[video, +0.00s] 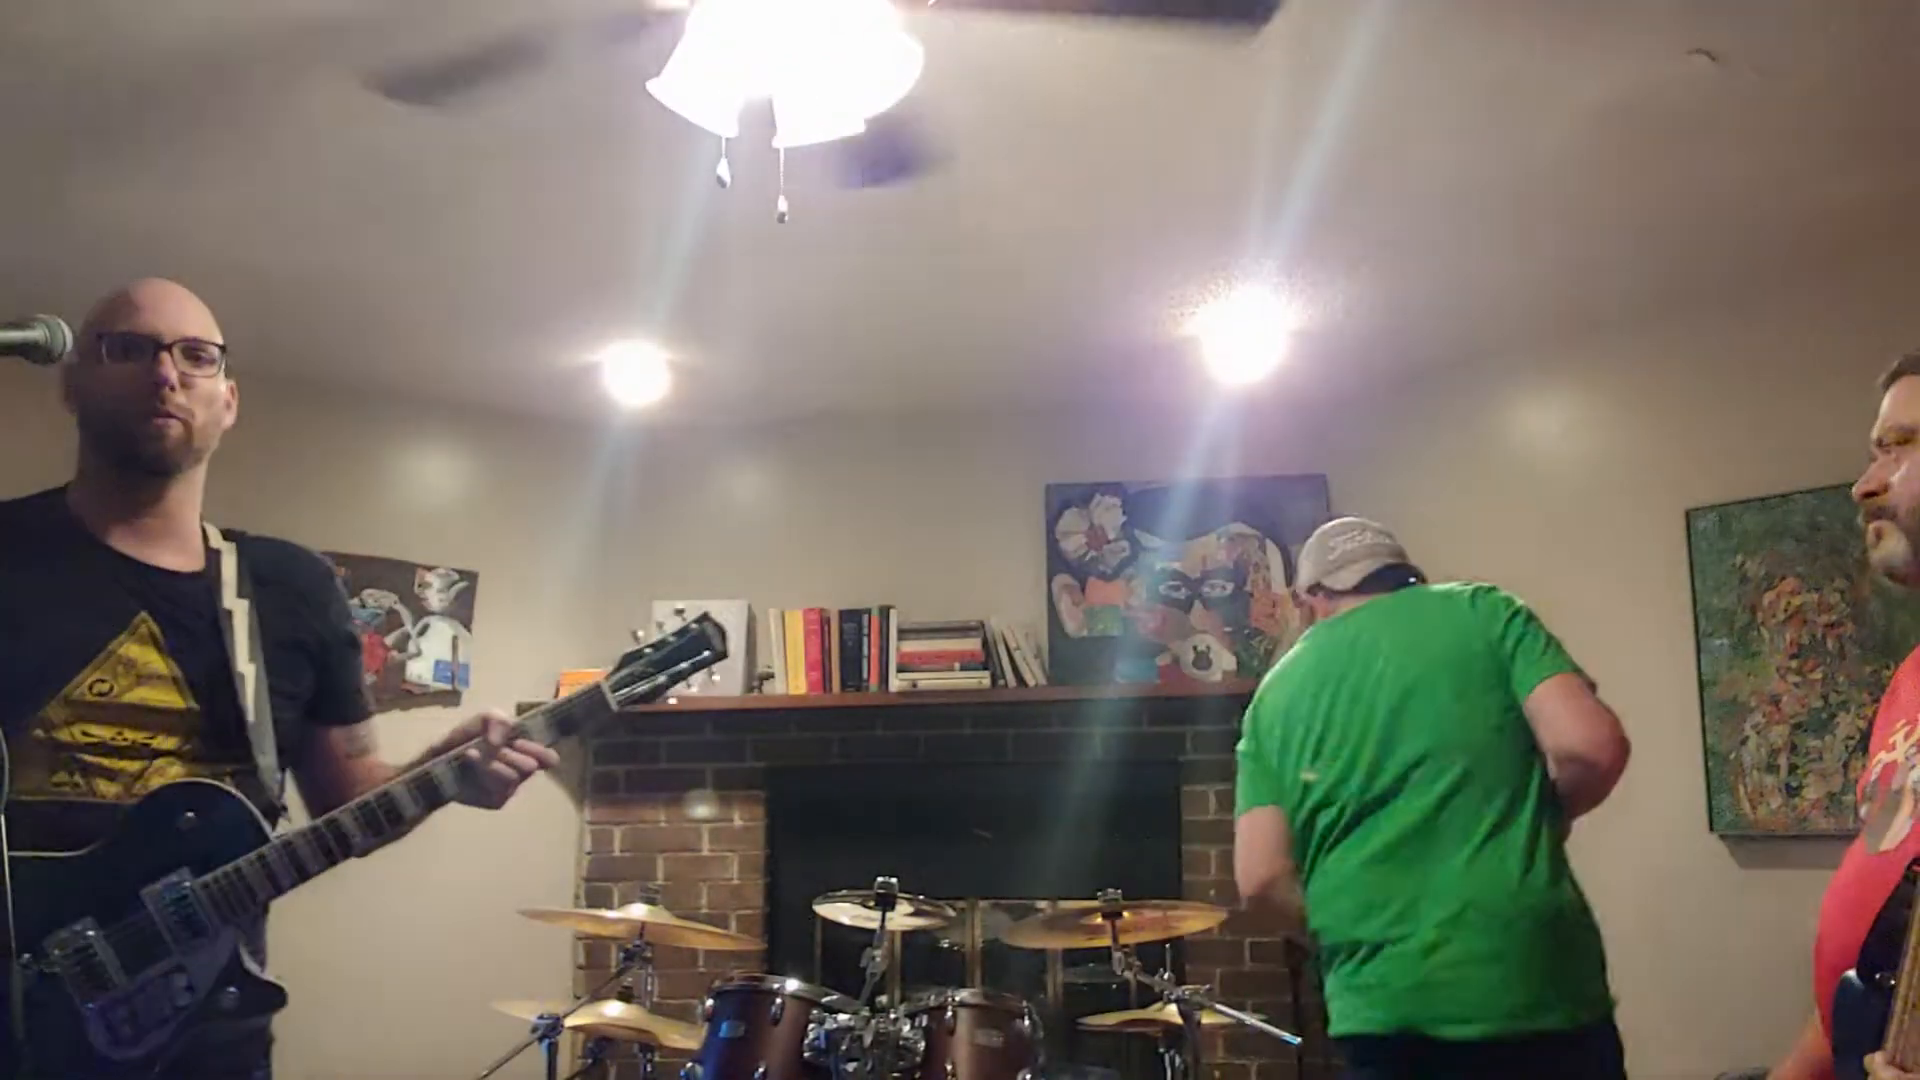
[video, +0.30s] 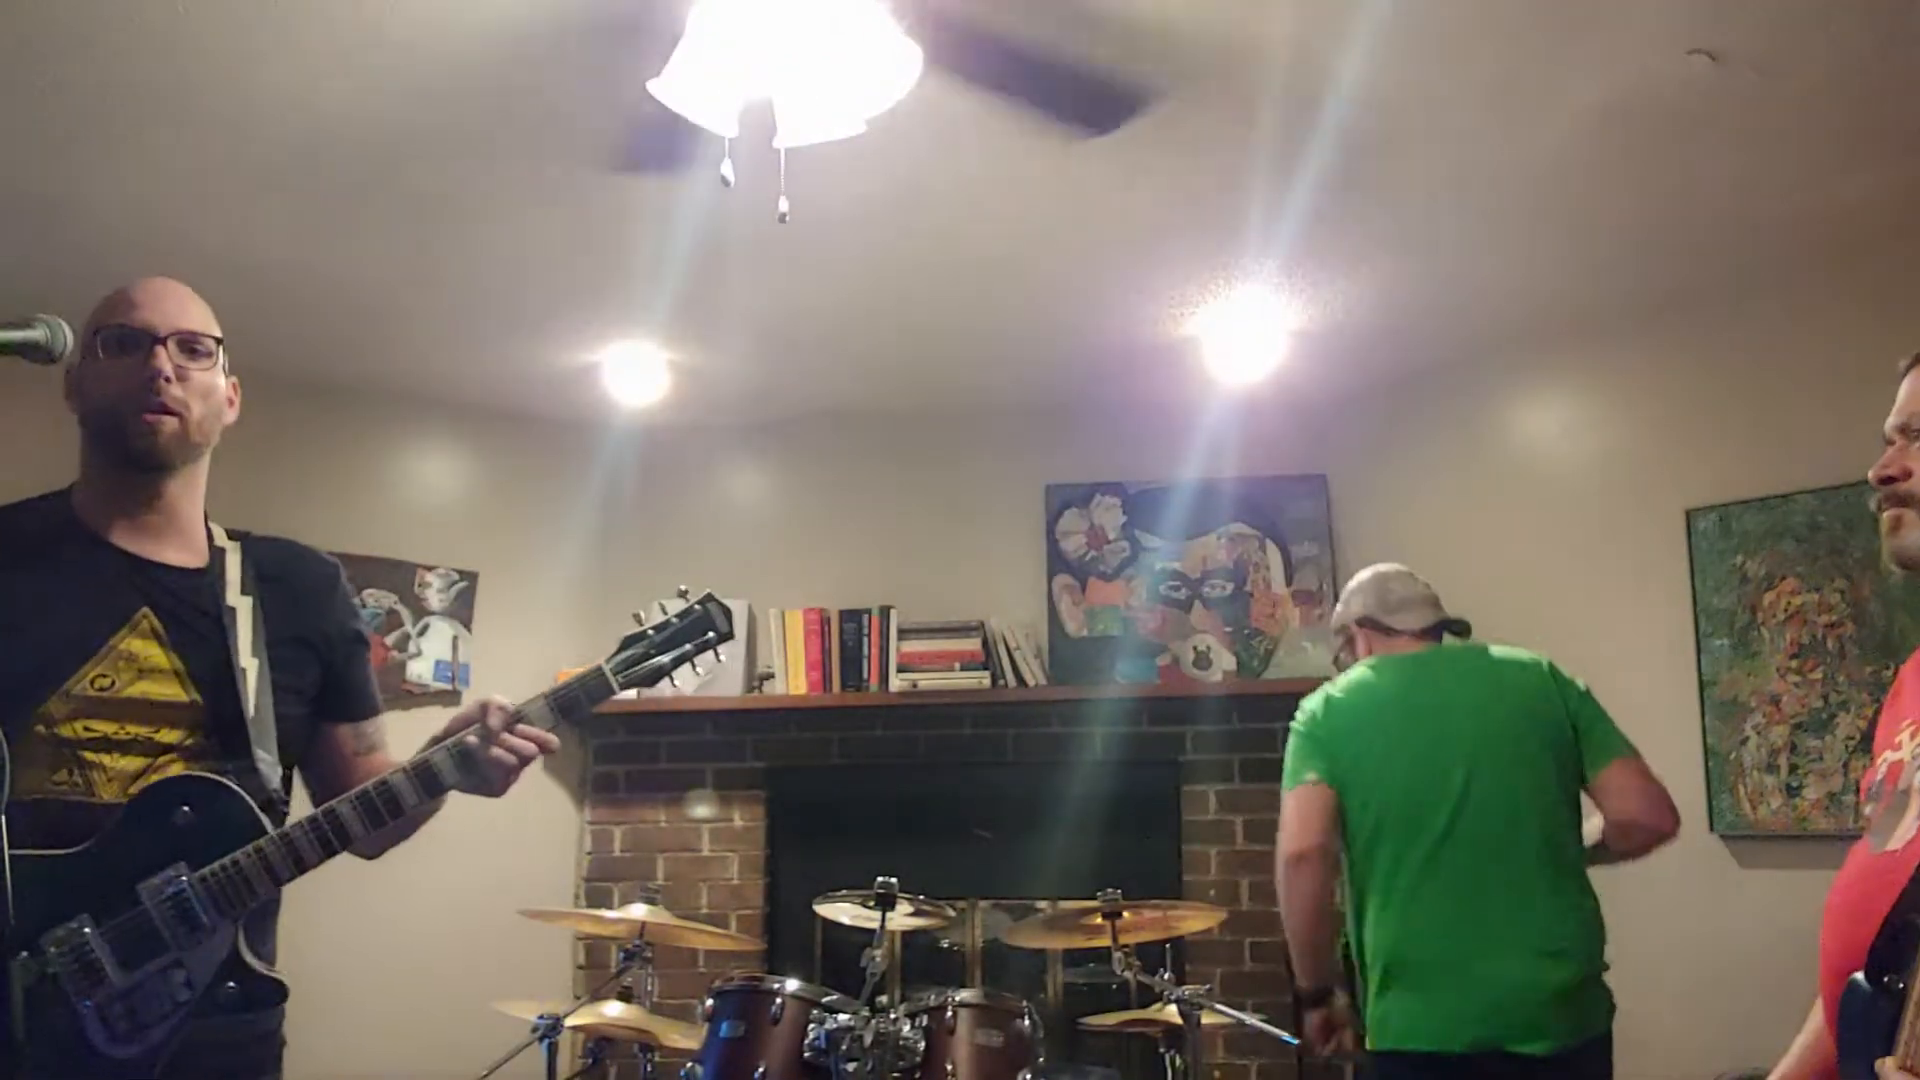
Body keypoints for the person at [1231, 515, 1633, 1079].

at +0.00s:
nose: (1305, 618)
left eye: (1303, 610)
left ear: (1314, 602)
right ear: (1411, 578)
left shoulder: (1276, 691)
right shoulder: (1484, 609)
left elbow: (1260, 878)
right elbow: (1592, 747)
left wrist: (1343, 923)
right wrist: (1539, 819)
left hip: (1382, 1005)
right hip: (1541, 988)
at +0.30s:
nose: (1344, 667)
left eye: (1343, 655)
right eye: (1342, 657)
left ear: (1360, 640)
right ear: (1436, 628)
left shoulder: (1329, 709)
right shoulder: (1540, 677)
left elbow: (1304, 850)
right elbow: (1650, 818)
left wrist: (1316, 995)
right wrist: (1567, 853)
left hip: (1418, 1031)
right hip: (1563, 1022)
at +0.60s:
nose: (1281, 677)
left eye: (1279, 657)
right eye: (1274, 661)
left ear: (1314, 637)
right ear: (1363, 629)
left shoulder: (1323, 698)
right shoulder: (1472, 681)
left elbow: (1357, 818)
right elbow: (1538, 827)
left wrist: (1361, 975)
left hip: (1402, 1009)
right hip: (1527, 1007)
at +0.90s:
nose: (1170, 718)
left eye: (1171, 699)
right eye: (1163, 704)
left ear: (1212, 674)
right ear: (1216, 671)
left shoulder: (1253, 725)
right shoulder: (1324, 699)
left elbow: (1328, 848)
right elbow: (1355, 845)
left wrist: (1362, 999)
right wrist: (1255, 902)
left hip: (1330, 1003)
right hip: (1405, 991)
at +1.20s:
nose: (1120, 736)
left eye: (1117, 718)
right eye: (1111, 725)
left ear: (1153, 686)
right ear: (1156, 688)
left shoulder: (1235, 718)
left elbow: (1349, 807)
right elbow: (1187, 881)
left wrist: (1381, 949)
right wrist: (1125, 963)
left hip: (1306, 983)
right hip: (1264, 984)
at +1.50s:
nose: (1086, 734)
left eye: (1086, 716)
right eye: (1077, 723)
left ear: (1125, 687)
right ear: (1125, 689)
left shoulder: (1241, 716)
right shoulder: (1126, 764)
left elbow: (1349, 803)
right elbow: (1111, 893)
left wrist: (1384, 931)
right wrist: (1069, 1005)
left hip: (1280, 976)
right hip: (1197, 980)